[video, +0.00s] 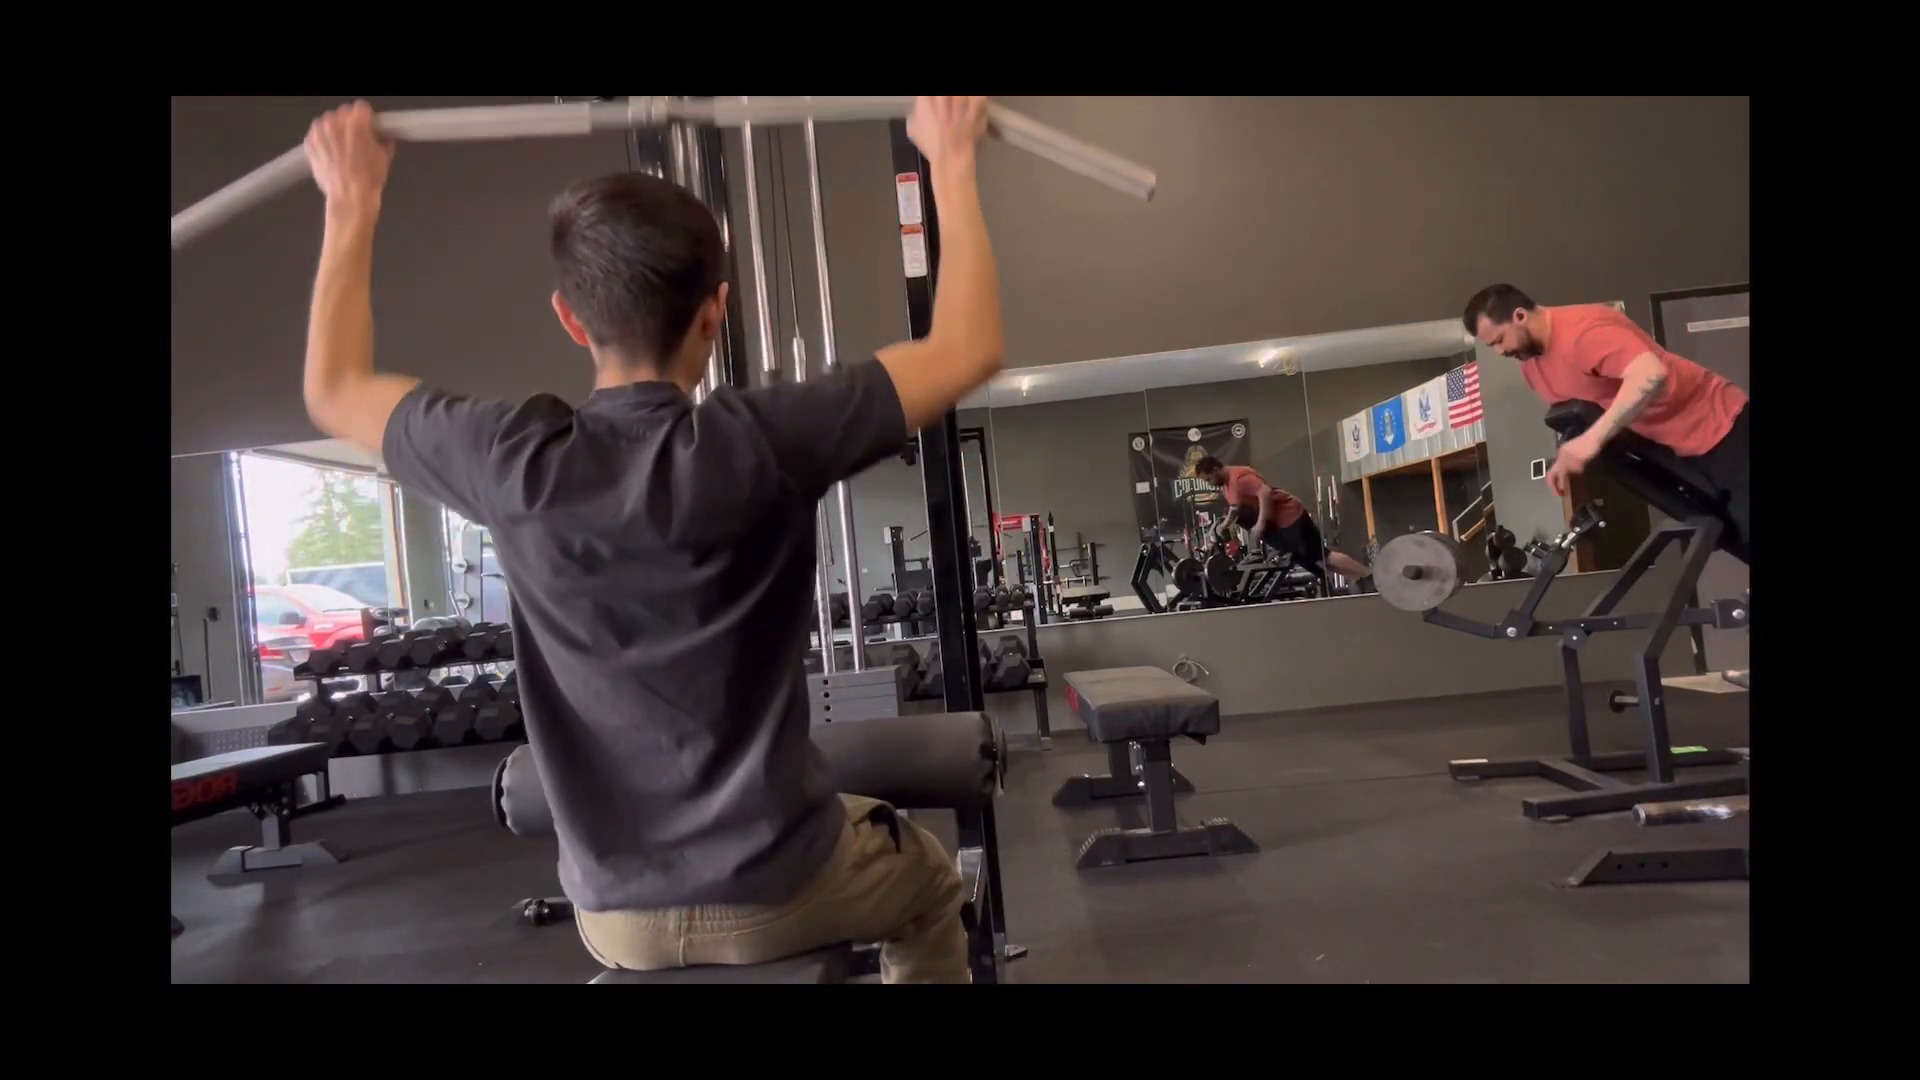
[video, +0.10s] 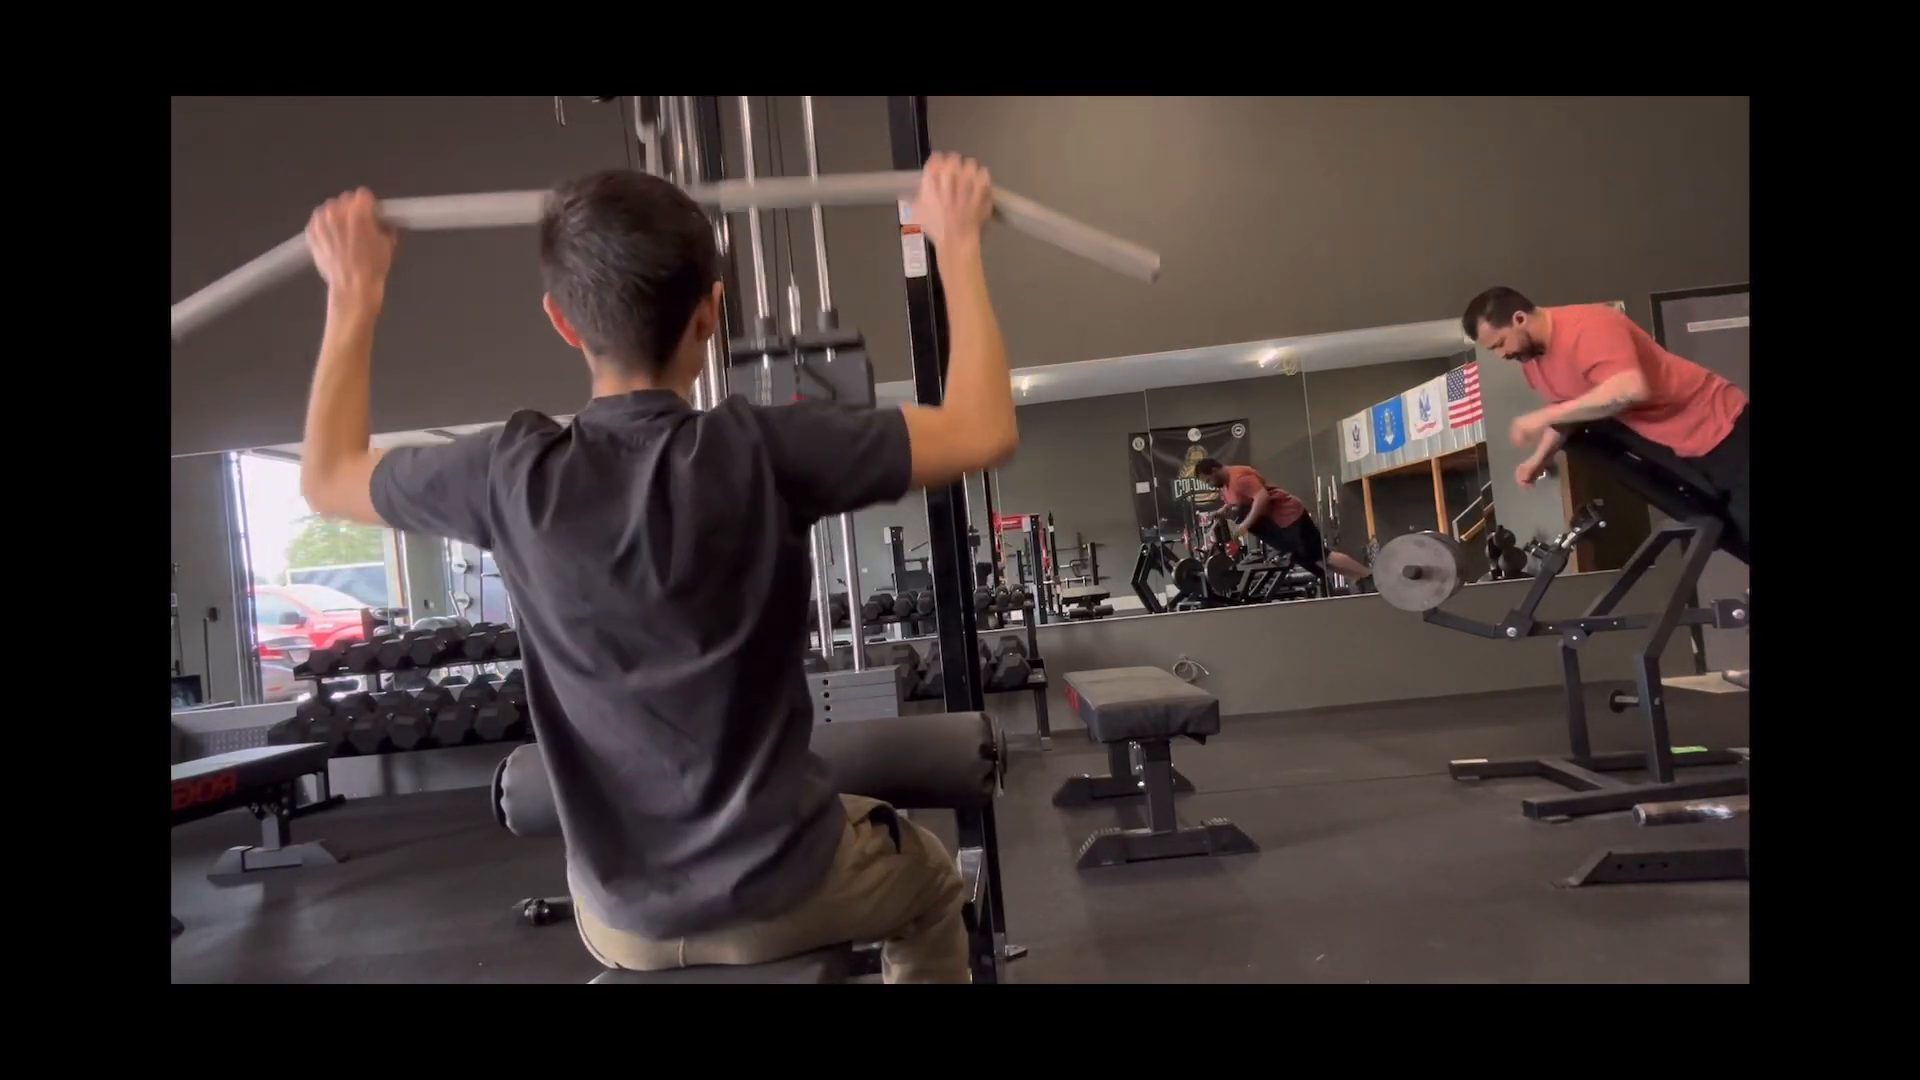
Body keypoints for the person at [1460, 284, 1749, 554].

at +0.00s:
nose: (1500, 352)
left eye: (1498, 341)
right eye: (1493, 347)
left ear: (1520, 316)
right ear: (1519, 320)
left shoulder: (1588, 331)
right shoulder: (1532, 367)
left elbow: (1650, 374)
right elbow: (1574, 416)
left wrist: (1590, 440)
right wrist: (1566, 458)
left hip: (1720, 425)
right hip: (1670, 448)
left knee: (1744, 530)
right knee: (1723, 535)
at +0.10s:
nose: (1501, 356)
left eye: (1499, 345)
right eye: (1494, 350)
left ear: (1520, 319)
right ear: (1520, 322)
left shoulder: (1591, 326)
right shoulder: (1533, 364)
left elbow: (1630, 387)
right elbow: (1570, 410)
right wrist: (1541, 457)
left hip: (1720, 425)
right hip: (1673, 449)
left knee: (1744, 529)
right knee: (1725, 534)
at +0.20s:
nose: (1500, 359)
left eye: (1499, 350)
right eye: (1494, 355)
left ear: (1518, 324)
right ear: (1517, 325)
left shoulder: (1586, 323)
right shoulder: (1534, 362)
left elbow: (1586, 398)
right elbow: (1561, 416)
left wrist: (1507, 386)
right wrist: (1534, 457)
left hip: (1716, 423)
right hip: (1674, 447)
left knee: (1744, 527)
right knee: (1726, 534)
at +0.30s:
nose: (1501, 363)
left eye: (1498, 355)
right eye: (1495, 358)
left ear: (1512, 332)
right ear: (1512, 328)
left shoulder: (1575, 323)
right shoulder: (1545, 348)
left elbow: (1544, 394)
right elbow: (1560, 413)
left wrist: (1490, 364)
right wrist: (1544, 464)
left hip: (1715, 422)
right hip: (1686, 442)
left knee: (1745, 520)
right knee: (1734, 528)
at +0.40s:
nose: (1497, 364)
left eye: (1494, 357)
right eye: (1492, 360)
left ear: (1509, 336)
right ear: (1511, 332)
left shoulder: (1570, 323)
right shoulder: (1541, 349)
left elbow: (1524, 390)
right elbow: (1561, 415)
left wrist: (1481, 359)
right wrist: (1559, 471)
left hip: (1712, 423)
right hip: (1683, 442)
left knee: (1745, 524)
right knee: (1732, 529)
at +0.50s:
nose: (1497, 365)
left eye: (1495, 358)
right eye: (1492, 361)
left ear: (1509, 337)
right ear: (1509, 331)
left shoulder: (1570, 323)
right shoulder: (1541, 355)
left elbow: (1521, 389)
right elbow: (1567, 421)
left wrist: (1479, 361)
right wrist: (1571, 480)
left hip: (1710, 422)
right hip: (1677, 444)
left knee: (1744, 522)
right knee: (1728, 530)